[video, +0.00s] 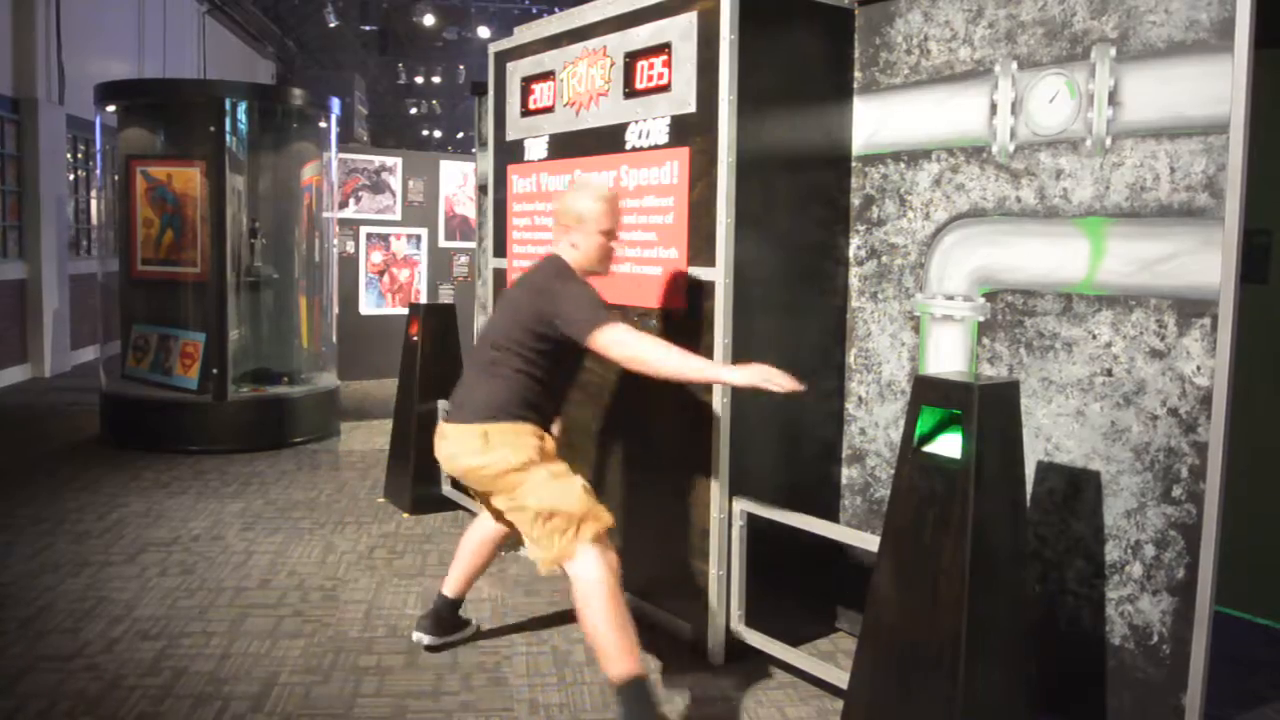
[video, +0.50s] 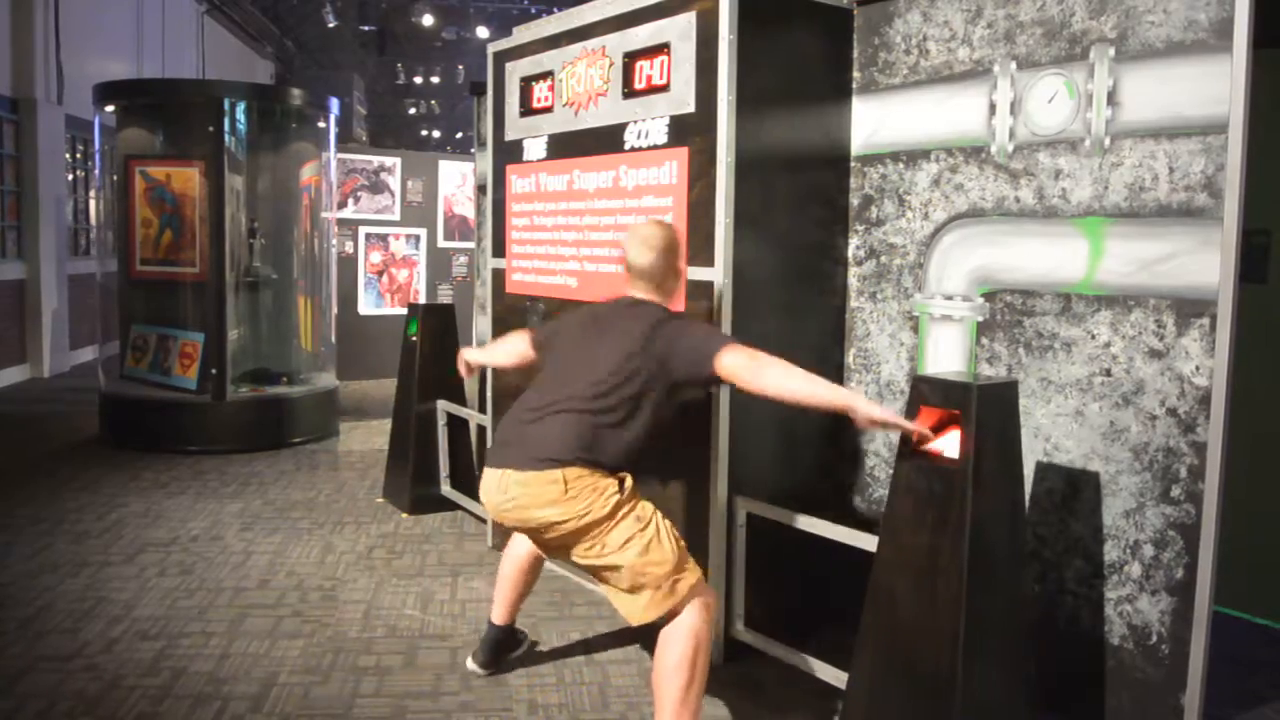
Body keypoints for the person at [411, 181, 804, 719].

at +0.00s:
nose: (615, 244)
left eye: (615, 234)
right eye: (607, 234)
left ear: (571, 233)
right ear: (569, 233)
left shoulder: (537, 279)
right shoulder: (565, 289)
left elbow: (511, 360)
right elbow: (634, 351)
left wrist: (540, 421)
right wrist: (735, 373)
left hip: (459, 433)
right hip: (500, 437)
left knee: (504, 509)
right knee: (587, 543)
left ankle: (439, 617)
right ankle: (638, 706)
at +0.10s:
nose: (673, 281)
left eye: (673, 269)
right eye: (666, 269)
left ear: (620, 266)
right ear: (625, 268)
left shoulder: (567, 313)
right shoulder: (633, 330)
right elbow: (717, 380)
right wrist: (839, 398)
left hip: (492, 481)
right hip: (554, 492)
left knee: (516, 542)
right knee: (655, 611)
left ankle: (450, 626)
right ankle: (664, 716)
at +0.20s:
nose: (734, 313)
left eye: (732, 301)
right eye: (726, 302)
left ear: (672, 304)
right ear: (686, 306)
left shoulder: (623, 336)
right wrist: (907, 433)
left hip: (507, 493)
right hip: (557, 508)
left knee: (556, 541)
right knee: (690, 609)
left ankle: (467, 635)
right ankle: (676, 717)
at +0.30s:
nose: (773, 346)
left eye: (771, 334)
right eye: (766, 336)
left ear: (711, 336)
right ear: (726, 345)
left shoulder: (647, 349)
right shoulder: (714, 394)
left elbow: (575, 383)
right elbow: (807, 451)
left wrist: (608, 445)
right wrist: (917, 452)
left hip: (506, 484)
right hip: (562, 502)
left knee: (557, 536)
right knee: (698, 606)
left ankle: (476, 638)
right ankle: (676, 717)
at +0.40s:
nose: (759, 323)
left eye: (759, 311)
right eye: (755, 312)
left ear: (694, 312)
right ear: (725, 317)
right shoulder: (707, 376)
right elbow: (803, 430)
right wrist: (920, 446)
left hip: (506, 481)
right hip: (565, 500)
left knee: (541, 535)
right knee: (702, 605)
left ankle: (480, 637)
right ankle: (678, 715)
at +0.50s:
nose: (681, 267)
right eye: (682, 262)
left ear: (623, 270)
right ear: (680, 272)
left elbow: (515, 348)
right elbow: (752, 369)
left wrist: (475, 356)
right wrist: (854, 403)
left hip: (500, 482)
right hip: (568, 488)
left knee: (537, 527)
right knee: (690, 603)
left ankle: (495, 639)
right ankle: (676, 714)